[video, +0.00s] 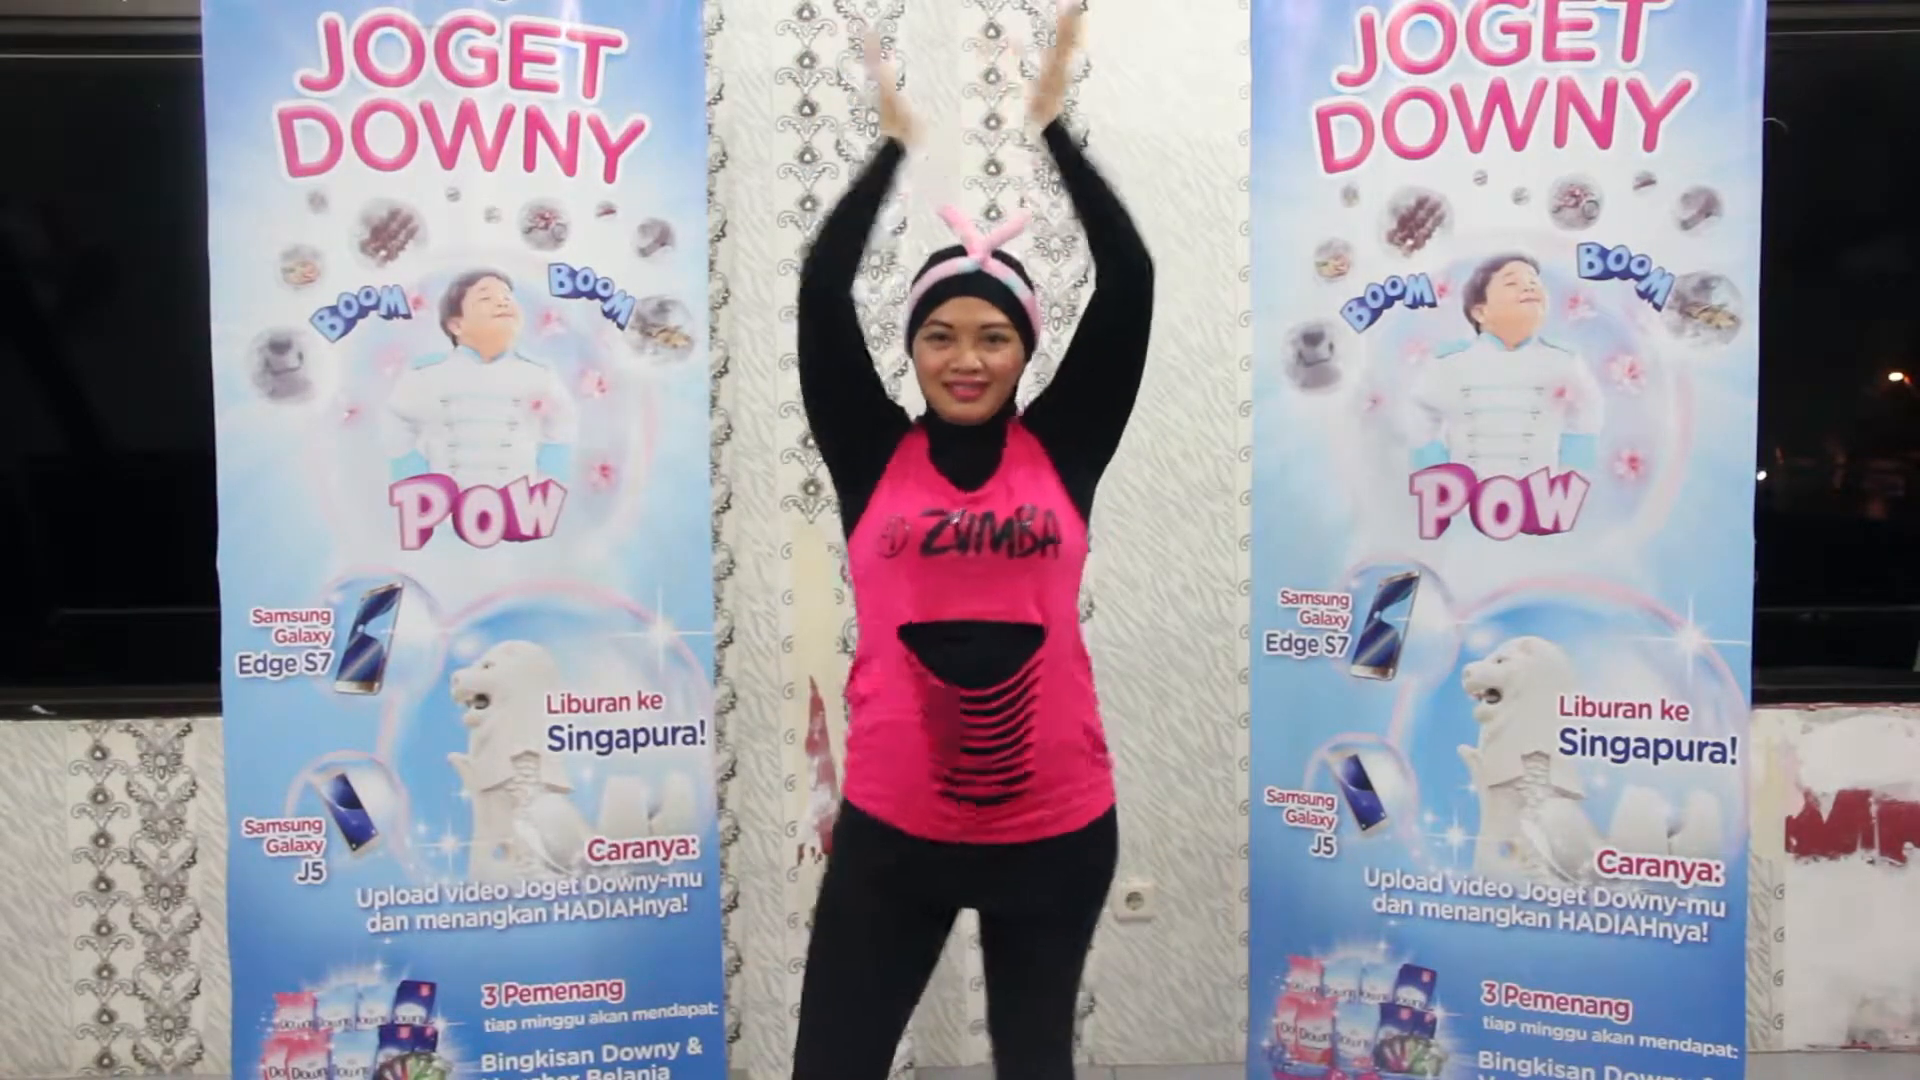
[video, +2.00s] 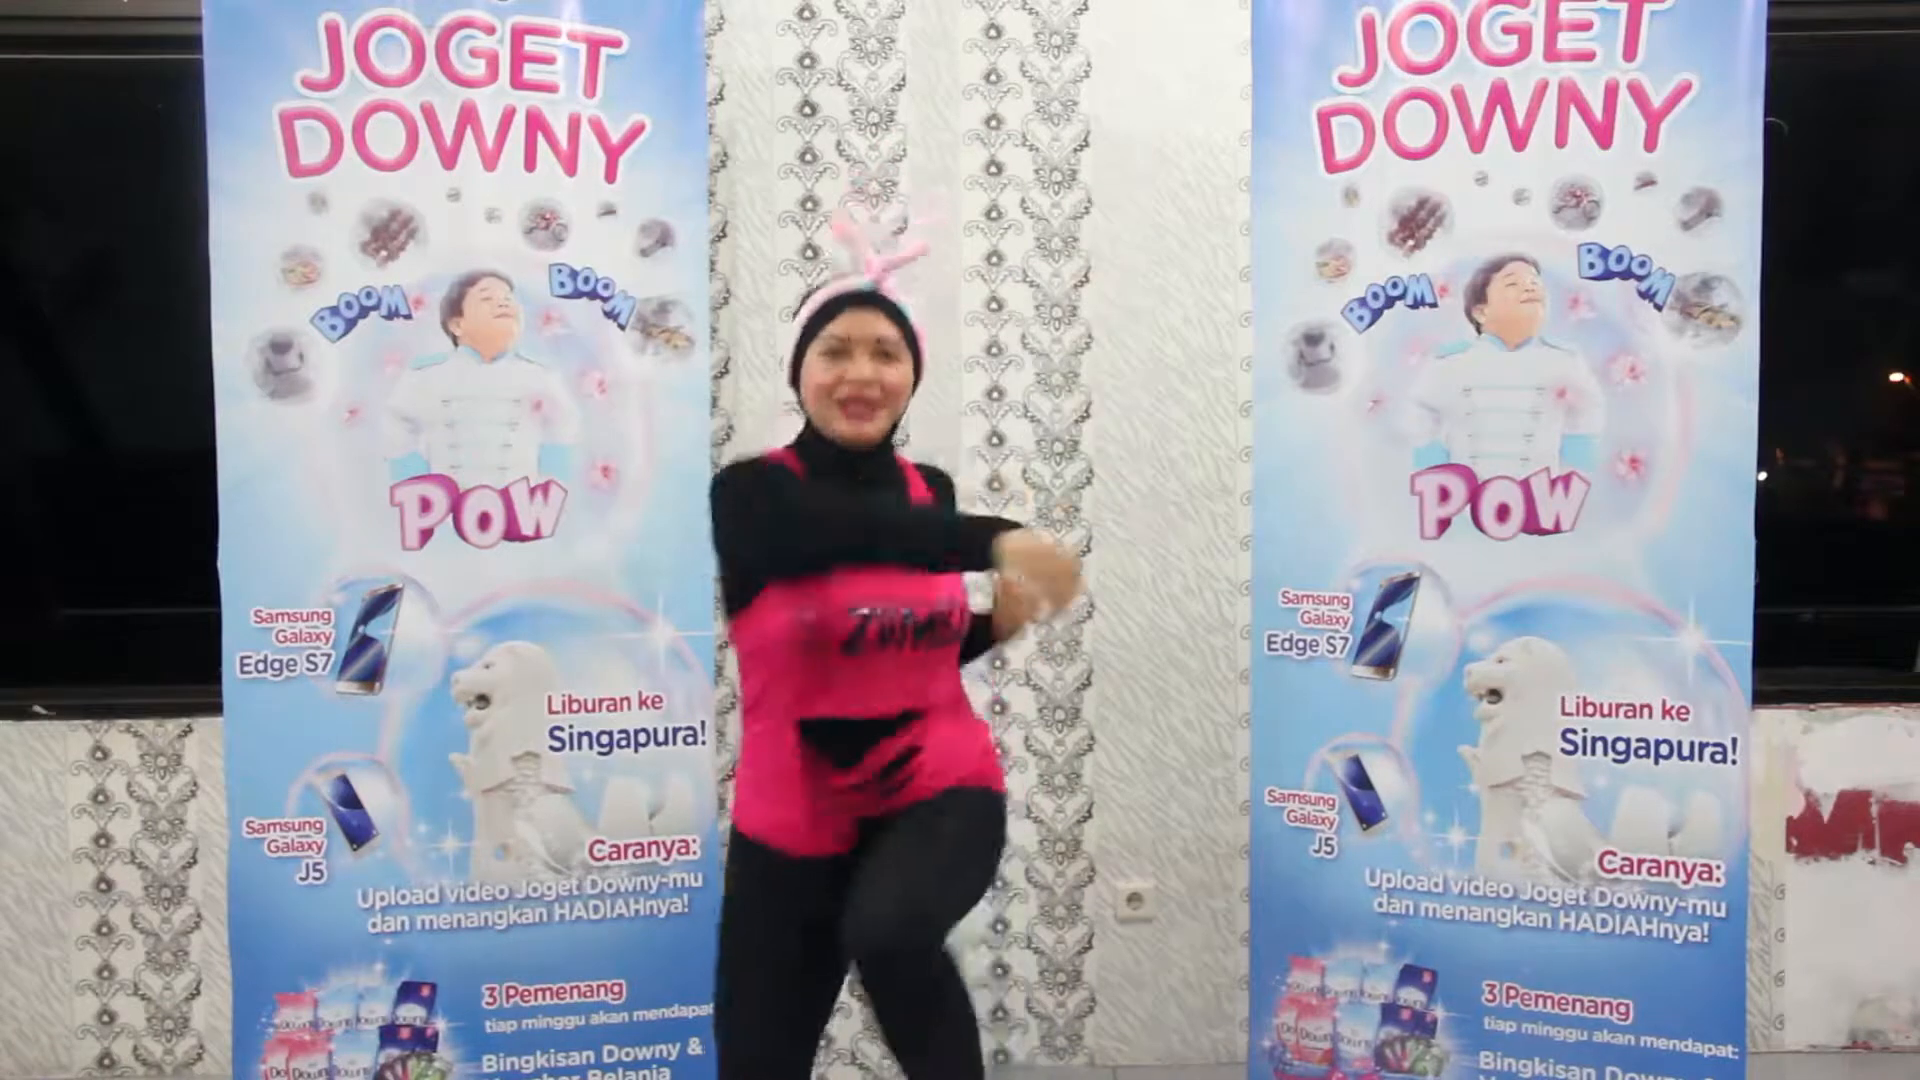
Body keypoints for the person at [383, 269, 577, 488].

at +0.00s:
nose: (502, 302)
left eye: (507, 296)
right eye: (484, 298)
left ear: (519, 314)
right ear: (454, 324)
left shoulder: (538, 377)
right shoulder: (422, 378)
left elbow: (560, 432)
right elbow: (392, 426)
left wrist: (546, 490)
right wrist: (413, 484)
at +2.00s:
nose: (502, 303)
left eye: (509, 297)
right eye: (486, 298)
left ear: (519, 316)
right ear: (455, 324)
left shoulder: (539, 378)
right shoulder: (421, 378)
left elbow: (560, 439)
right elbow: (395, 434)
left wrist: (545, 498)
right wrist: (415, 490)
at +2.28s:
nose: (502, 302)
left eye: (508, 297)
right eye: (485, 297)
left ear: (519, 316)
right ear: (455, 324)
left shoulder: (539, 377)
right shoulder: (421, 378)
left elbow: (560, 436)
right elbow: (394, 430)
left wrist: (546, 494)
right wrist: (415, 488)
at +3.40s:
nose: (502, 303)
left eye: (508, 296)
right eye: (485, 297)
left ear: (518, 315)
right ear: (455, 324)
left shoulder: (536, 376)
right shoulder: (423, 379)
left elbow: (560, 427)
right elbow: (393, 426)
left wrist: (547, 485)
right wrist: (412, 483)